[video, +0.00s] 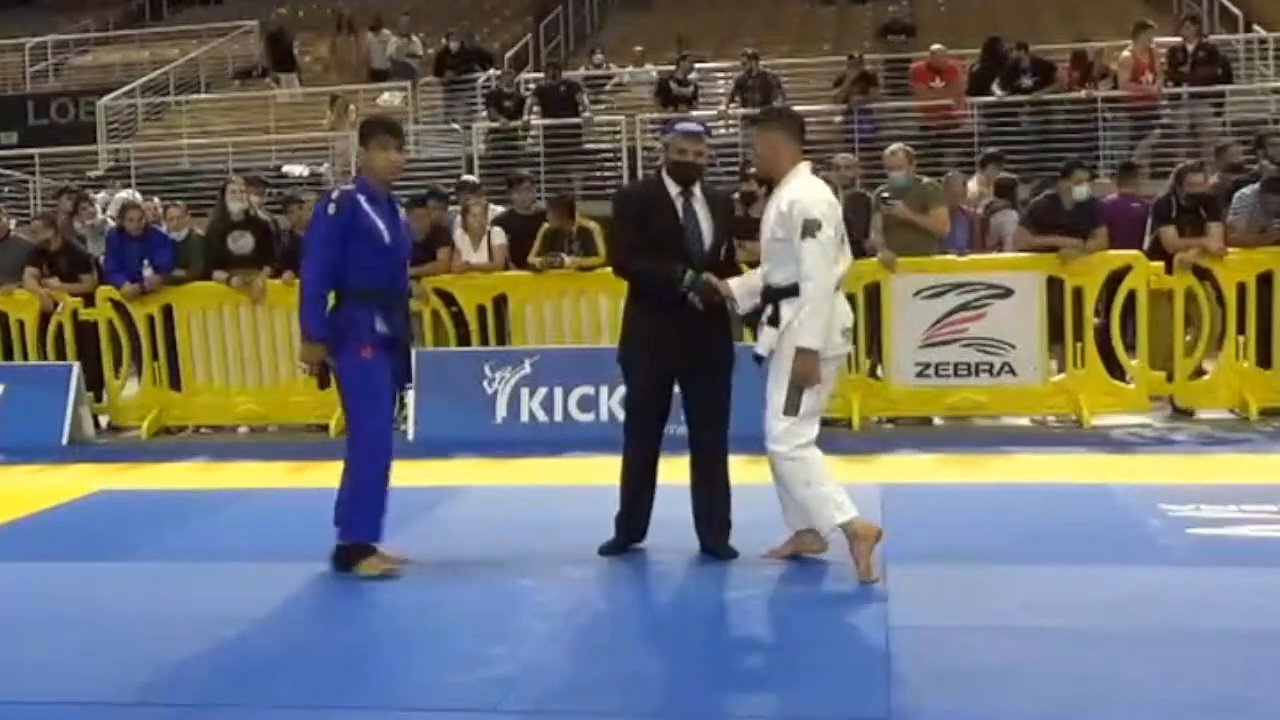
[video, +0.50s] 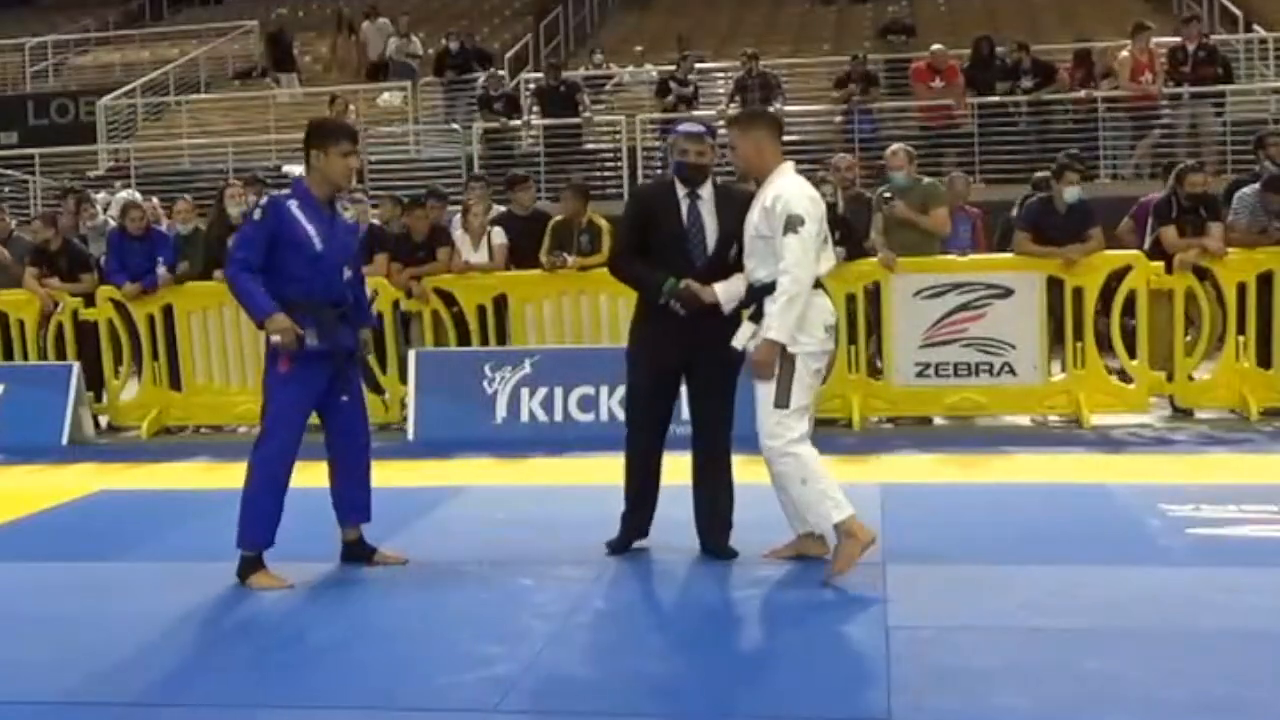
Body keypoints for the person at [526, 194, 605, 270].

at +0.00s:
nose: (547, 217)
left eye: (551, 212)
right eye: (548, 212)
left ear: (564, 214)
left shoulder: (591, 228)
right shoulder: (547, 228)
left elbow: (601, 259)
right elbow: (531, 258)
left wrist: (572, 262)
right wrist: (545, 262)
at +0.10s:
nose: (549, 213)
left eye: (553, 209)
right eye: (550, 209)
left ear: (566, 213)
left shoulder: (592, 228)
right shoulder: (549, 227)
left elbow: (602, 258)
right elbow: (533, 259)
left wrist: (575, 262)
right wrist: (548, 262)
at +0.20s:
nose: (553, 212)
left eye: (558, 208)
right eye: (554, 208)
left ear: (570, 210)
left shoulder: (594, 228)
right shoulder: (551, 226)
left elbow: (601, 258)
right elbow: (537, 258)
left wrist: (573, 262)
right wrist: (548, 263)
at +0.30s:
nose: (556, 211)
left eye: (561, 207)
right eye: (556, 207)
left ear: (574, 208)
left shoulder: (597, 227)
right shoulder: (553, 226)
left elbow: (601, 258)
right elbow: (540, 257)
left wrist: (572, 262)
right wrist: (549, 262)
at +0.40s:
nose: (560, 207)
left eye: (565, 203)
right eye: (560, 202)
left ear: (578, 206)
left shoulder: (599, 226)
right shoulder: (554, 224)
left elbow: (601, 257)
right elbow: (541, 257)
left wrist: (574, 262)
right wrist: (553, 262)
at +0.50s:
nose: (563, 204)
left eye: (567, 200)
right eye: (562, 200)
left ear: (581, 201)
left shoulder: (601, 225)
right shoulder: (556, 223)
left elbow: (603, 257)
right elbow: (543, 255)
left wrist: (577, 262)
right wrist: (552, 262)